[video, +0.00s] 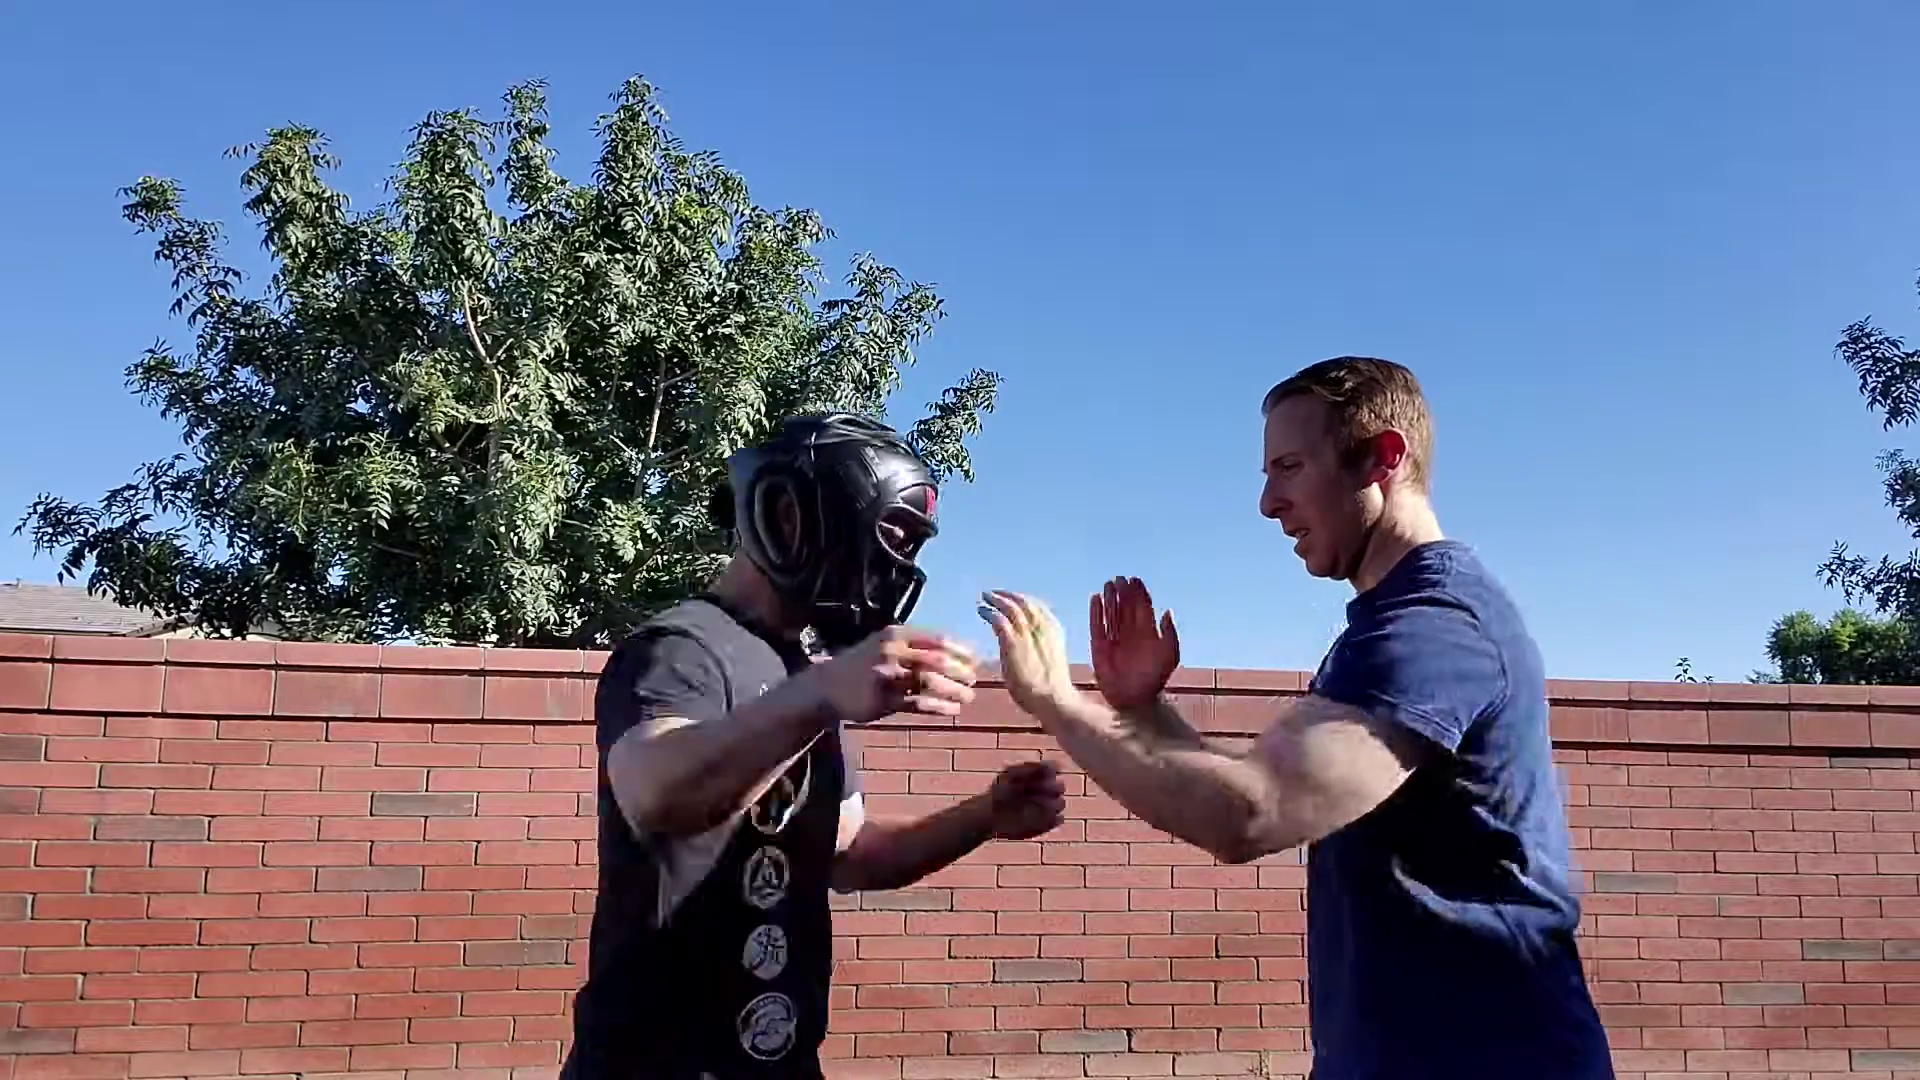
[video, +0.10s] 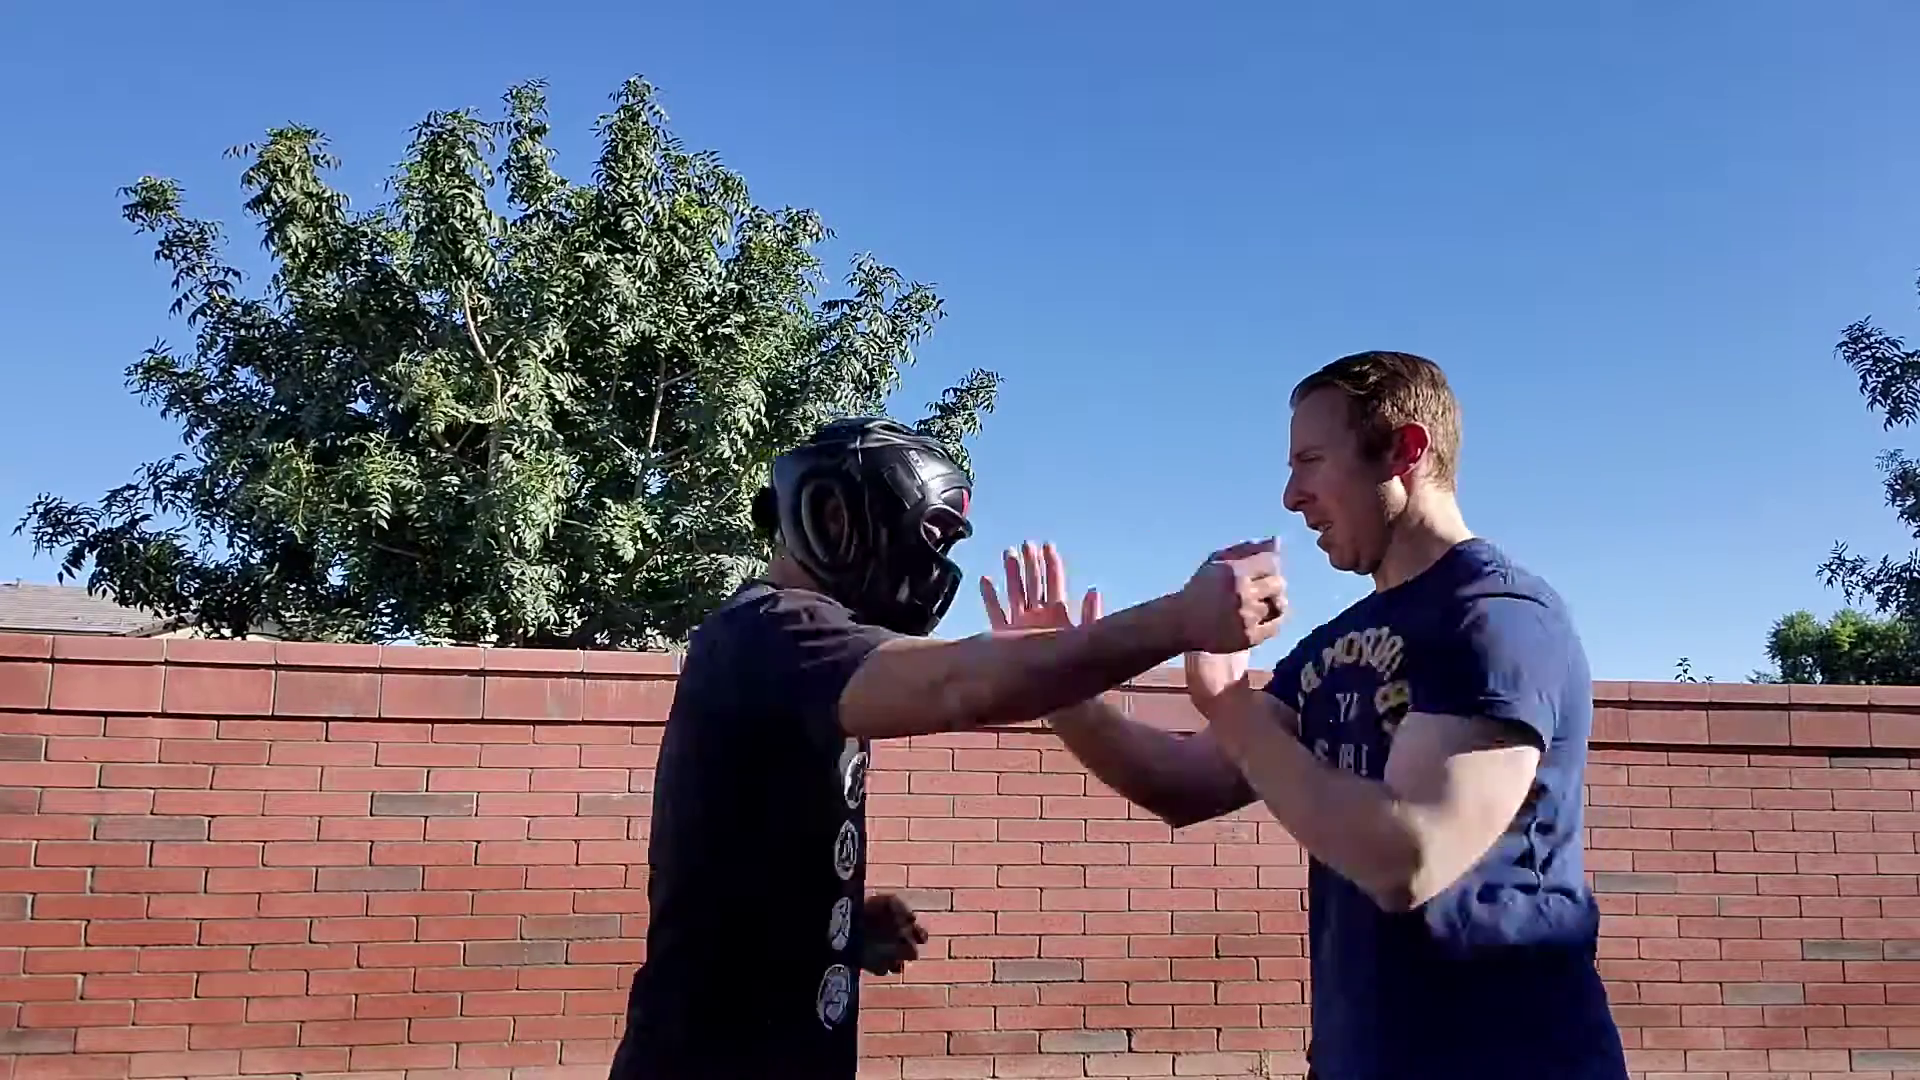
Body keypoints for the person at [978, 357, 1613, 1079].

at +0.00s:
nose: (1267, 502)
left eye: (1288, 467)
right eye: (1269, 473)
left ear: (1382, 462)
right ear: (1381, 469)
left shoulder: (1440, 621)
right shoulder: (1386, 623)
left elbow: (1247, 817)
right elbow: (1260, 796)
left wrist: (1056, 706)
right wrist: (1147, 710)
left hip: (1478, 1056)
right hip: (1395, 1052)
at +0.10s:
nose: (1291, 493)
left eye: (1310, 460)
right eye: (1293, 465)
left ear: (1404, 453)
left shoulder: (1503, 616)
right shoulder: (1327, 651)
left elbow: (1407, 860)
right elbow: (1188, 783)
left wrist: (1232, 704)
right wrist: (1066, 696)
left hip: (1506, 1050)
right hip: (1361, 1047)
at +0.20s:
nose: (1317, 496)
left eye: (1334, 462)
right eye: (1320, 467)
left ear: (1425, 455)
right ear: (1423, 459)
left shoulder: (1552, 619)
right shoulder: (1354, 640)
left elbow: (1462, 846)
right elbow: (1207, 789)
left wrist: (1292, 704)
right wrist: (1053, 751)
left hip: (1539, 1052)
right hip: (1376, 1047)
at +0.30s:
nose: (1321, 499)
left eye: (1338, 464)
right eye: (1324, 472)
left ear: (1428, 458)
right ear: (1427, 461)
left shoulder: (1534, 609)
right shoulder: (1370, 647)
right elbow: (1190, 799)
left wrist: (1210, 680)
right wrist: (1033, 730)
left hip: (1530, 1052)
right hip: (1382, 1050)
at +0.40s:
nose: (1312, 502)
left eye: (1331, 468)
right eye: (1315, 473)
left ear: (1418, 460)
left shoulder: (1486, 603)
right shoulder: (1425, 621)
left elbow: (1222, 680)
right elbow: (1253, 768)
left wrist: (1079, 608)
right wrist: (1106, 708)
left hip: (1497, 1040)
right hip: (1389, 1036)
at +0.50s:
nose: (1303, 510)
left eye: (1320, 474)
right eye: (1306, 481)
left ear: (1405, 465)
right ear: (1402, 472)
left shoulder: (1472, 600)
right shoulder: (1415, 621)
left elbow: (1212, 673)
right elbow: (1242, 771)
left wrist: (1046, 607)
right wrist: (1085, 713)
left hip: (1486, 1036)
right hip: (1383, 1030)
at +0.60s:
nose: (1298, 513)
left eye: (1314, 477)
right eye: (1302, 483)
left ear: (1398, 469)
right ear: (1397, 475)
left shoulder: (1472, 602)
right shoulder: (1417, 617)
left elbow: (1209, 681)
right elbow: (1239, 735)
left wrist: (1041, 613)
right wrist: (1082, 702)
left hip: (1493, 1034)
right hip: (1392, 1029)